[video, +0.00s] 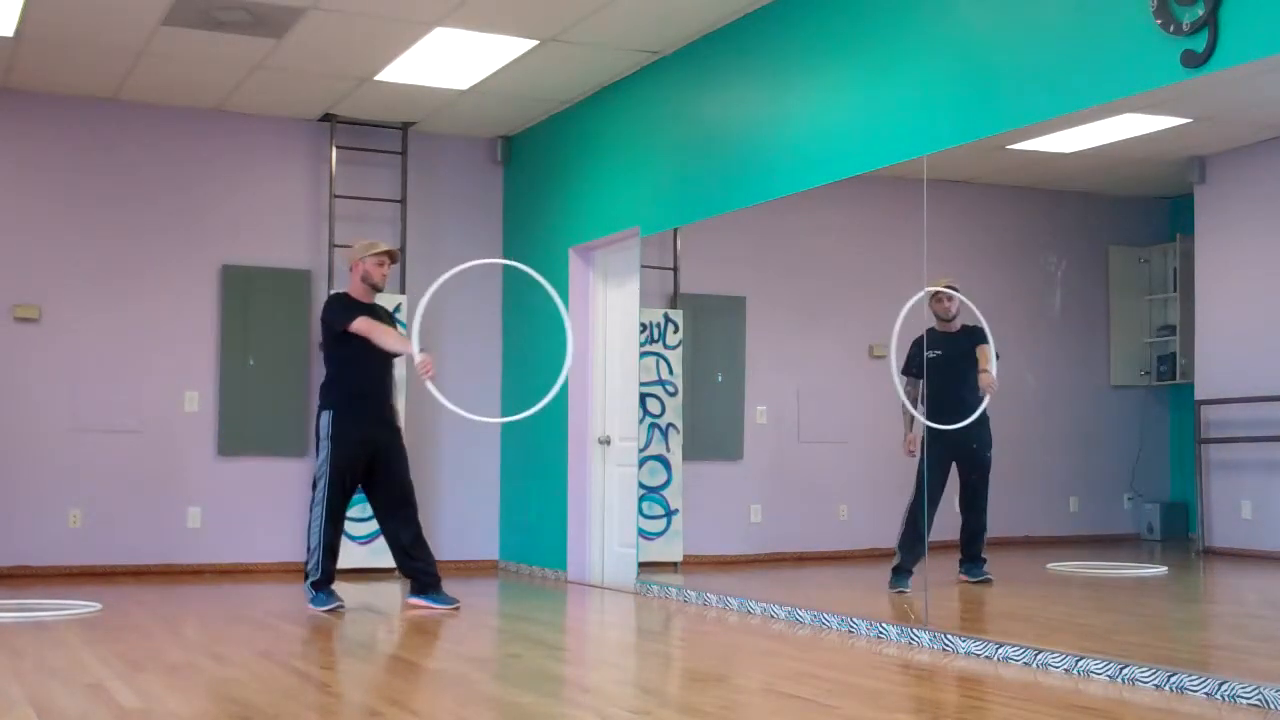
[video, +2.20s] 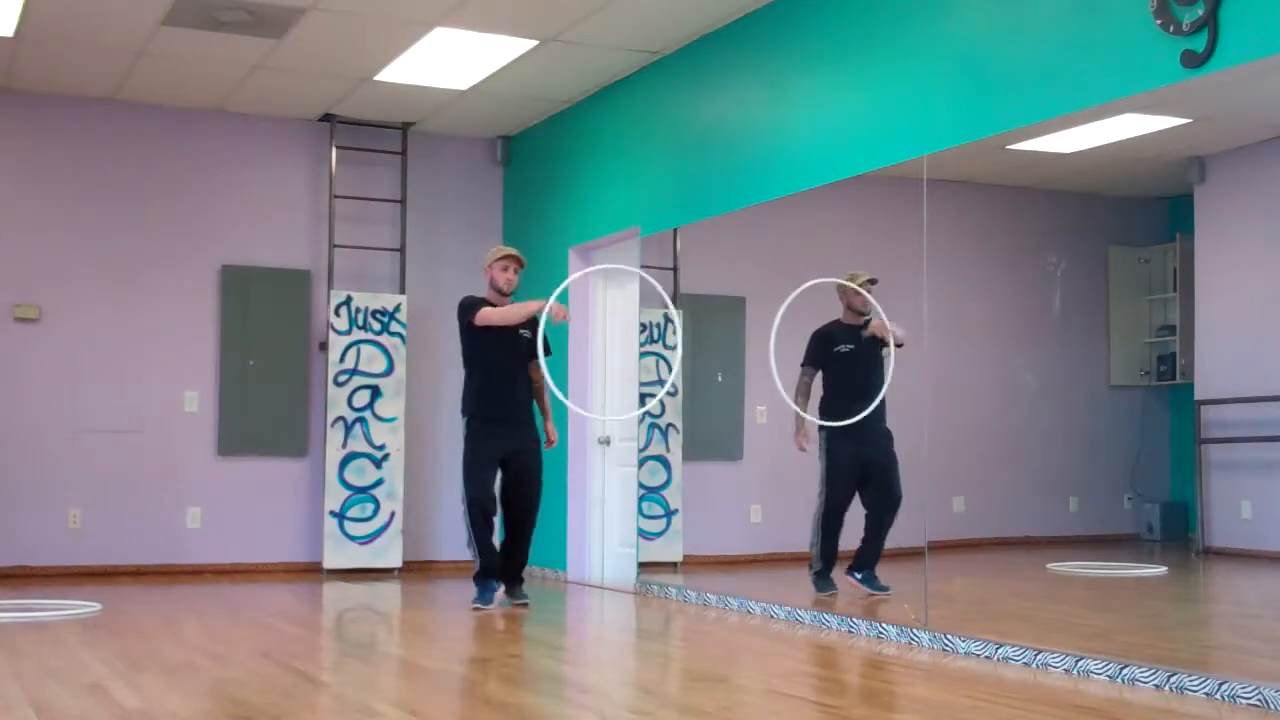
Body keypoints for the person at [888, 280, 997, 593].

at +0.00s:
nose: (945, 304)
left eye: (950, 299)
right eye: (938, 300)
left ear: (959, 304)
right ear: (930, 307)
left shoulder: (975, 333)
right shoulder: (922, 343)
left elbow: (984, 355)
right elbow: (910, 391)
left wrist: (984, 372)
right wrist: (909, 430)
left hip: (974, 430)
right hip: (937, 433)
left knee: (975, 502)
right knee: (923, 502)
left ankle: (972, 565)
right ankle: (902, 571)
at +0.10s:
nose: (942, 306)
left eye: (947, 301)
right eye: (935, 302)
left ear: (957, 305)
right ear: (929, 308)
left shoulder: (972, 332)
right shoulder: (921, 344)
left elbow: (984, 344)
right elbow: (909, 390)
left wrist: (976, 347)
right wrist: (906, 429)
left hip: (971, 431)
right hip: (935, 433)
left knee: (974, 503)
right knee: (918, 503)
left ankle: (972, 565)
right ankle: (897, 571)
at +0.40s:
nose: (933, 301)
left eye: (937, 296)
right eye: (927, 296)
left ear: (942, 300)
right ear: (915, 300)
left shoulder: (952, 334)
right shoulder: (899, 338)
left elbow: (980, 351)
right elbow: (883, 386)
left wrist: (982, 319)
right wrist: (883, 427)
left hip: (945, 430)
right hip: (909, 432)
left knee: (957, 499)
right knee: (906, 503)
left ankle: (941, 562)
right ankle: (894, 572)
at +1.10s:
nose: (920, 302)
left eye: (920, 297)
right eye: (914, 297)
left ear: (908, 303)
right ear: (895, 302)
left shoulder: (922, 341)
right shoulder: (869, 336)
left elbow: (951, 378)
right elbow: (845, 377)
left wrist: (966, 355)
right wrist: (836, 415)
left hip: (912, 436)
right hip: (877, 436)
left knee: (915, 505)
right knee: (864, 507)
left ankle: (915, 570)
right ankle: (848, 575)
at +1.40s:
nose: (911, 302)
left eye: (912, 297)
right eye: (904, 297)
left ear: (910, 302)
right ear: (886, 300)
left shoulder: (915, 339)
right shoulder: (860, 335)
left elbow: (931, 373)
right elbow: (837, 375)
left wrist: (928, 377)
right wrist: (835, 412)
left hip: (905, 433)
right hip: (868, 433)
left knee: (910, 506)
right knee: (855, 506)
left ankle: (913, 572)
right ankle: (840, 575)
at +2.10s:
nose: (864, 297)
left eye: (866, 292)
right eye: (857, 293)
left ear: (870, 296)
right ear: (843, 298)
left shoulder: (879, 329)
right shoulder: (825, 337)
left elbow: (889, 347)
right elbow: (807, 384)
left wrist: (886, 356)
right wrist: (806, 424)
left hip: (880, 430)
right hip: (844, 433)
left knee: (899, 496)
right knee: (844, 506)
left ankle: (873, 560)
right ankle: (834, 574)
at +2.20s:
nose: (866, 296)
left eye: (868, 291)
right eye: (859, 292)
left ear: (871, 297)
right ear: (843, 297)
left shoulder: (878, 330)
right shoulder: (825, 335)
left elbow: (900, 338)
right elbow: (805, 380)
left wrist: (887, 332)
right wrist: (800, 422)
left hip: (875, 432)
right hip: (839, 433)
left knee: (888, 498)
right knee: (834, 502)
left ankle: (863, 567)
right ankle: (821, 572)